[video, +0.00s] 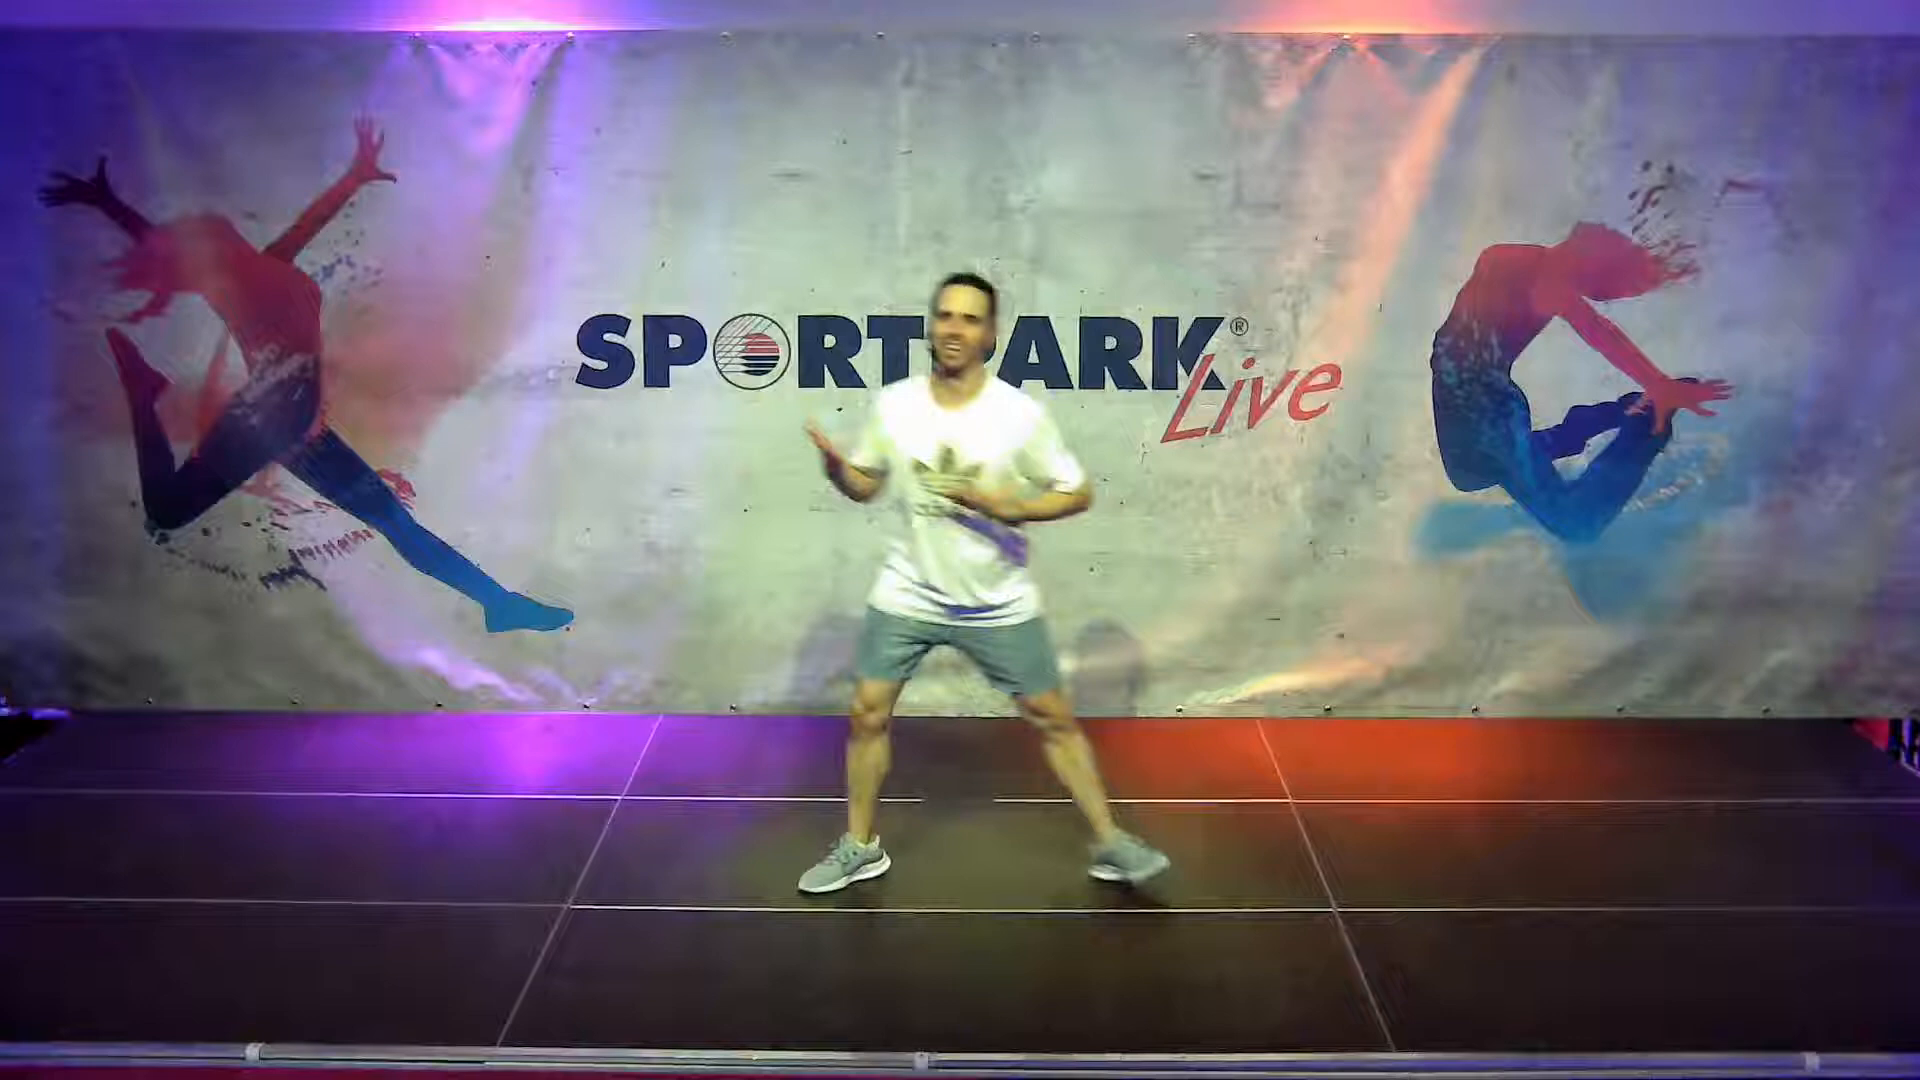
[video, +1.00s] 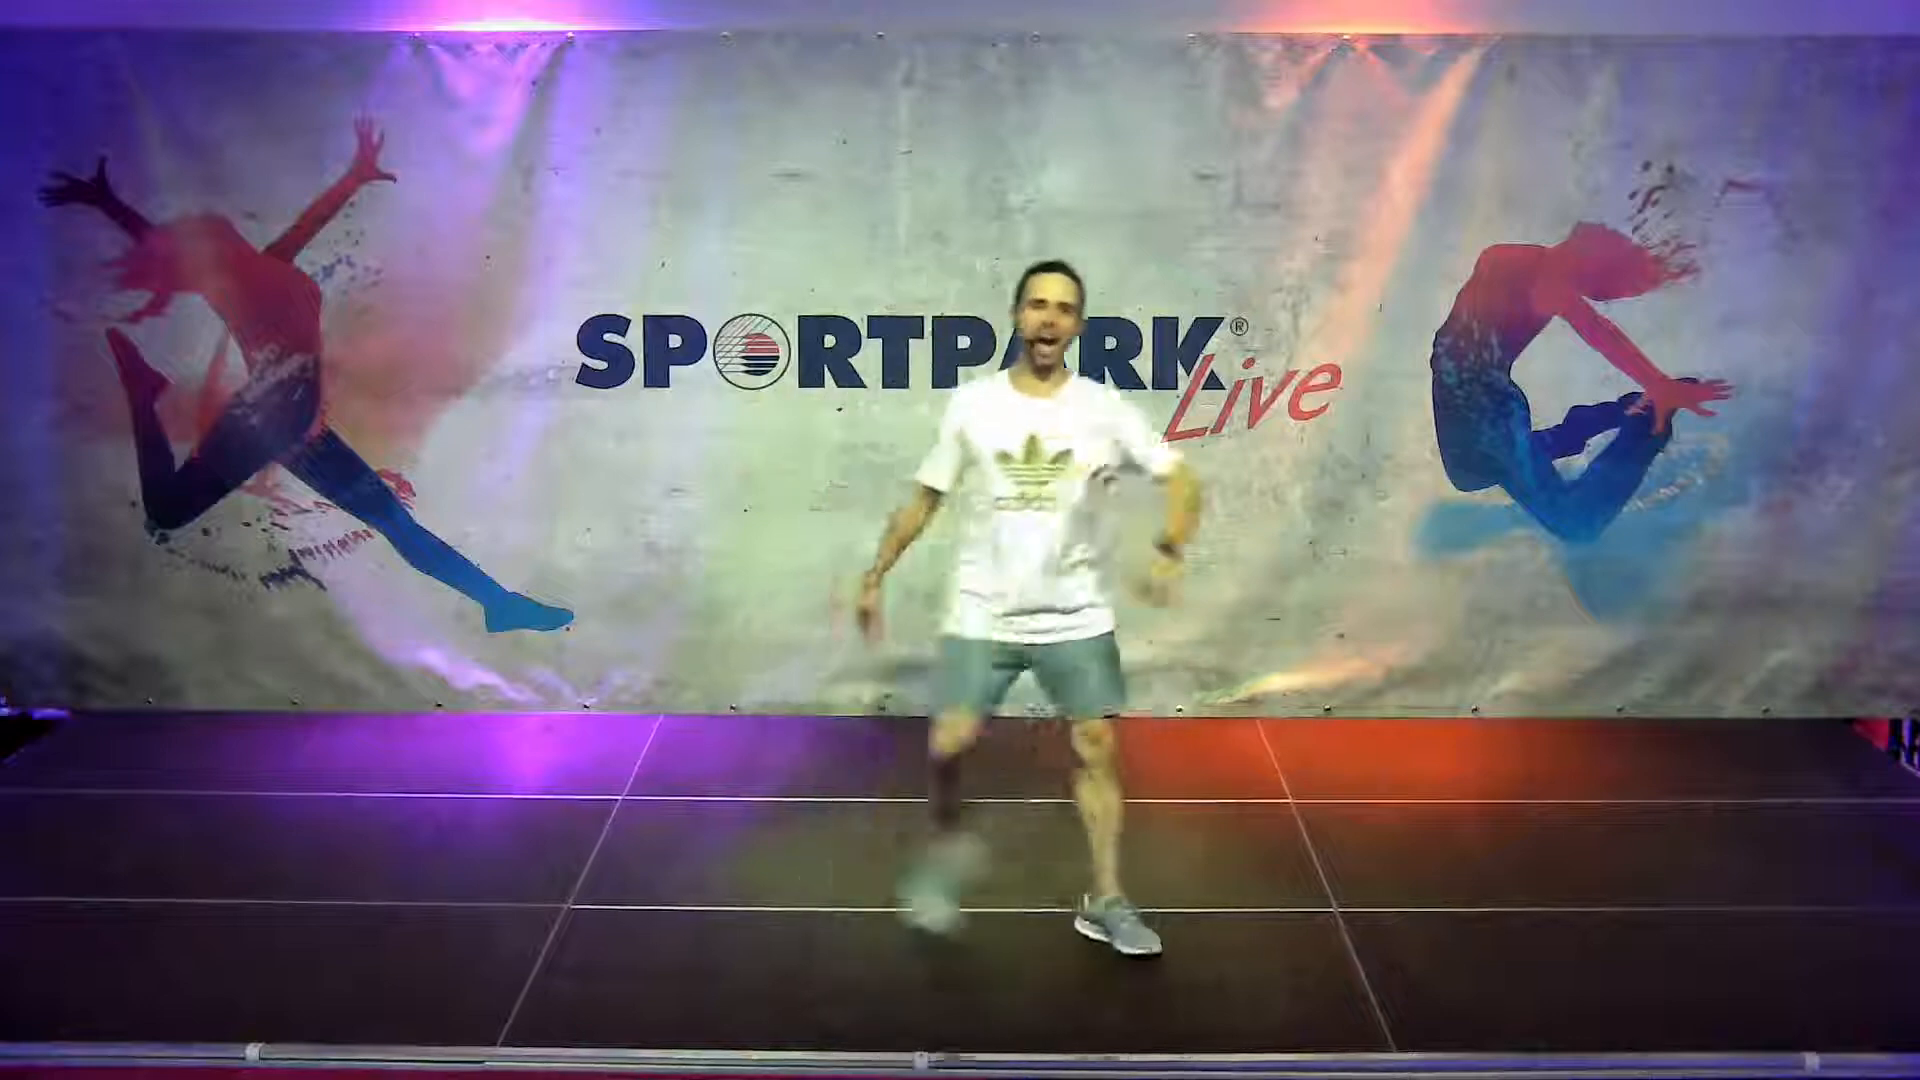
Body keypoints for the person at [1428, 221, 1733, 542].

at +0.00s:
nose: (1594, 290)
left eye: (1604, 289)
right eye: (1604, 284)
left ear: (1588, 250)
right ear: (1589, 247)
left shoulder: (1549, 283)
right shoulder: (1531, 265)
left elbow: (1598, 332)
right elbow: (1596, 331)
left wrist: (1657, 382)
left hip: (1487, 402)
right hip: (1455, 391)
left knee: (1575, 522)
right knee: (1468, 474)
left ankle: (1648, 425)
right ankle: (1570, 436)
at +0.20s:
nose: (1595, 290)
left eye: (1605, 289)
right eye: (1605, 284)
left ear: (1588, 250)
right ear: (1589, 248)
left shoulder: (1548, 283)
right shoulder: (1530, 265)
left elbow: (1598, 332)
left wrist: (1657, 383)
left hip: (1487, 402)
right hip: (1454, 391)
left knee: (1576, 522)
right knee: (1468, 475)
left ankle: (1648, 424)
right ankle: (1570, 436)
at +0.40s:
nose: (1595, 290)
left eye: (1605, 289)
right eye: (1605, 284)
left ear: (1588, 250)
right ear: (1589, 248)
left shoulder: (1548, 283)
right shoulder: (1529, 264)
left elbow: (1598, 332)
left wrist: (1657, 383)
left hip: (1487, 402)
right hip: (1454, 391)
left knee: (1576, 522)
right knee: (1468, 475)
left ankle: (1648, 424)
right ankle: (1570, 436)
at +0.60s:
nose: (1595, 290)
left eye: (1605, 289)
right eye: (1605, 284)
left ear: (1588, 250)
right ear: (1589, 248)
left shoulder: (1548, 283)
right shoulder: (1529, 265)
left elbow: (1598, 332)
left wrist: (1657, 383)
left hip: (1487, 402)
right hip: (1454, 391)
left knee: (1576, 522)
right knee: (1468, 475)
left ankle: (1648, 424)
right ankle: (1570, 436)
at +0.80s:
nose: (1595, 290)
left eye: (1605, 289)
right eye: (1605, 284)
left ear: (1588, 250)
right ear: (1589, 248)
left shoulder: (1548, 283)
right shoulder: (1529, 264)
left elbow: (1598, 332)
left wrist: (1657, 383)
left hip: (1487, 402)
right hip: (1454, 391)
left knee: (1576, 522)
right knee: (1468, 475)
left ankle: (1648, 424)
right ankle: (1570, 436)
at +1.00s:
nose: (1594, 290)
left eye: (1604, 289)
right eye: (1604, 284)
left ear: (1589, 250)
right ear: (1589, 247)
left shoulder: (1548, 283)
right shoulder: (1531, 265)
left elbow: (1598, 332)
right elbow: (1596, 331)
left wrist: (1657, 382)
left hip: (1487, 402)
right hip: (1455, 391)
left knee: (1576, 522)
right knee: (1468, 474)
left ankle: (1648, 425)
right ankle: (1570, 436)